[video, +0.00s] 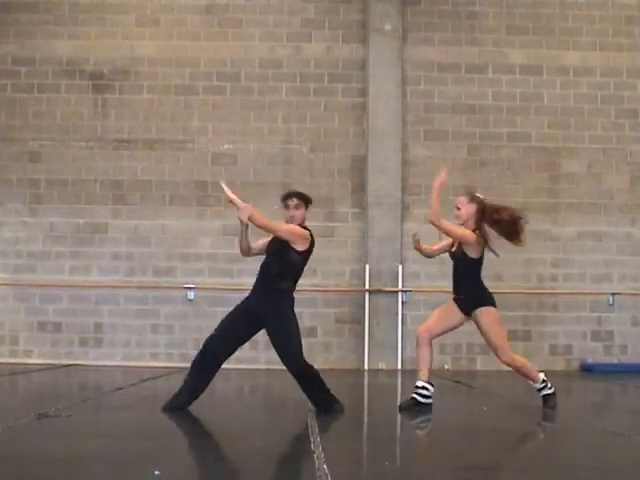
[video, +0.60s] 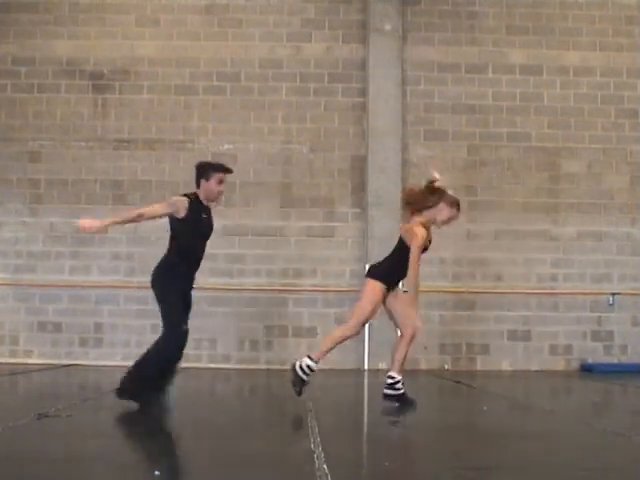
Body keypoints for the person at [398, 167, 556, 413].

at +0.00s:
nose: (455, 211)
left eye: (460, 207)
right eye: (456, 207)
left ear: (474, 211)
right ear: (466, 211)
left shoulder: (473, 239)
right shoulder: (458, 238)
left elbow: (436, 220)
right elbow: (433, 252)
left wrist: (435, 189)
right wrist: (419, 247)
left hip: (480, 302)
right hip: (460, 302)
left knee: (506, 356)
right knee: (424, 333)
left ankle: (543, 385)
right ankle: (423, 390)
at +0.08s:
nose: (442, 208)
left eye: (447, 204)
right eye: (442, 204)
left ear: (461, 208)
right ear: (452, 207)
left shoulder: (461, 233)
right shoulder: (442, 231)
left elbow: (431, 216)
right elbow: (430, 245)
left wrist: (408, 195)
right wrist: (420, 255)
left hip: (466, 296)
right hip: (445, 297)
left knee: (495, 348)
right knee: (412, 334)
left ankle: (536, 378)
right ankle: (422, 390)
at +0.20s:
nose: (427, 201)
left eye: (432, 197)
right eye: (427, 196)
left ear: (445, 201)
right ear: (427, 199)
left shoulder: (448, 228)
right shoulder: (420, 221)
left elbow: (416, 242)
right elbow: (414, 255)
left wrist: (385, 253)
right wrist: (428, 278)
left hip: (450, 288)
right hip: (426, 287)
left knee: (460, 352)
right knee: (404, 335)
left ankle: (477, 374)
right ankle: (420, 389)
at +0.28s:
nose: (419, 196)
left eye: (424, 193)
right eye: (419, 191)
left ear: (437, 196)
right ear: (418, 192)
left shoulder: (444, 223)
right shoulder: (408, 215)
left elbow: (430, 255)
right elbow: (406, 252)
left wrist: (416, 287)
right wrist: (430, 276)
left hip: (439, 278)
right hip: (415, 277)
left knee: (437, 345)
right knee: (402, 335)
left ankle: (425, 372)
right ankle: (418, 386)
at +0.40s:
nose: (430, 197)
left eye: (436, 195)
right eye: (428, 192)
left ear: (441, 196)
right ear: (421, 185)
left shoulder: (443, 214)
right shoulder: (402, 204)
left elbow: (457, 255)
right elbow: (395, 242)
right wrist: (419, 270)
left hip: (426, 271)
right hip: (399, 267)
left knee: (420, 330)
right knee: (394, 323)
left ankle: (400, 375)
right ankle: (400, 375)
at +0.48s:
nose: (443, 205)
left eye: (446, 201)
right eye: (442, 199)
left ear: (444, 199)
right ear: (430, 191)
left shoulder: (439, 211)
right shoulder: (405, 208)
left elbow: (456, 229)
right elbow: (395, 247)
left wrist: (472, 243)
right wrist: (411, 275)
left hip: (415, 268)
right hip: (391, 264)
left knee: (417, 329)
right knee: (381, 322)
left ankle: (399, 379)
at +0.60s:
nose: (448, 221)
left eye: (451, 218)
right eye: (449, 215)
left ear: (436, 207)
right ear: (438, 206)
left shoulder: (421, 225)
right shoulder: (419, 232)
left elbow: (422, 205)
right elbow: (413, 272)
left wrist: (434, 187)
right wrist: (414, 308)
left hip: (394, 282)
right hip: (380, 277)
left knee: (409, 330)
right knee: (354, 326)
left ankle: (393, 383)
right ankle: (308, 364)